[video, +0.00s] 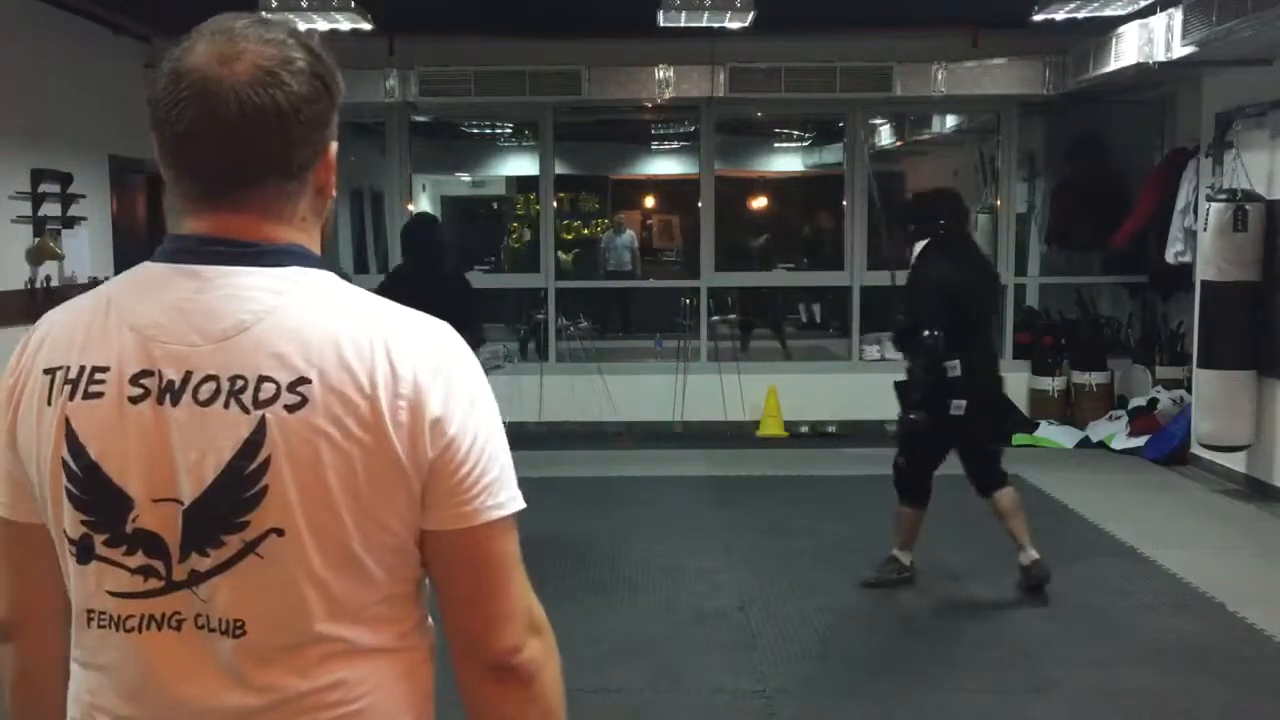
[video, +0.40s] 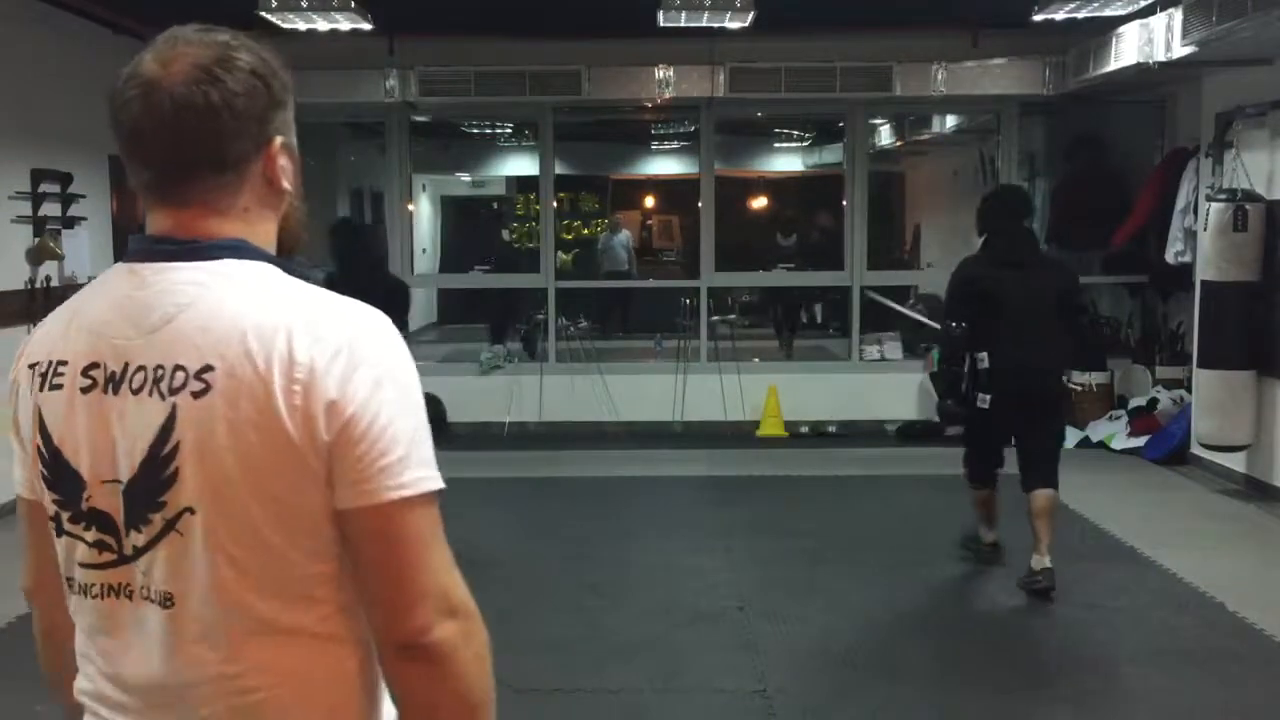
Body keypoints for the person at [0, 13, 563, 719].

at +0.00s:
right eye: (338, 153)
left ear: (165, 169)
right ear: (327, 171)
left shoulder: (45, 354)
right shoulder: (416, 360)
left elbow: (29, 634)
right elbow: (508, 656)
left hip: (114, 705)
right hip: (346, 703)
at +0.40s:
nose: (300, 172)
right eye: (299, 152)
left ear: (134, 180)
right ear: (278, 166)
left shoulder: (47, 348)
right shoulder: (341, 342)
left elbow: (51, 608)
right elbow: (425, 634)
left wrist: (87, 700)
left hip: (114, 706)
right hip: (307, 709)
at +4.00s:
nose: (474, 192)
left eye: (477, 183)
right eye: (478, 183)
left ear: (488, 190)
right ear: (532, 197)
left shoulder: (446, 256)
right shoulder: (558, 255)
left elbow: (403, 331)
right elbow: (536, 310)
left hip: (467, 433)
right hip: (539, 432)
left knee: (454, 547)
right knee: (527, 554)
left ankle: (469, 664)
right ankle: (522, 684)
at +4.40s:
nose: (447, 205)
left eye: (449, 198)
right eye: (454, 198)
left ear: (454, 204)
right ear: (500, 211)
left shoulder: (418, 266)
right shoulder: (528, 260)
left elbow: (386, 333)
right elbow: (524, 249)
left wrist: (420, 300)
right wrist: (485, 225)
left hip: (445, 427)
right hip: (513, 424)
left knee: (445, 533)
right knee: (515, 533)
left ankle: (452, 633)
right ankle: (518, 656)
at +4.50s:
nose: (433, 203)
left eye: (436, 197)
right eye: (443, 197)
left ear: (441, 202)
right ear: (486, 208)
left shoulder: (406, 262)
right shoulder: (516, 258)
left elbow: (378, 331)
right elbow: (529, 255)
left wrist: (413, 307)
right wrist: (482, 227)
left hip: (434, 424)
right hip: (502, 420)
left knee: (443, 529)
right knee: (515, 520)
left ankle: (452, 633)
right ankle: (515, 617)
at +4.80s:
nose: (429, 201)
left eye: (428, 193)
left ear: (428, 198)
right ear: (472, 206)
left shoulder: (390, 257)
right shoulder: (495, 256)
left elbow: (378, 325)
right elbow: (551, 305)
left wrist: (417, 308)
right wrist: (507, 291)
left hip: (426, 413)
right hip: (491, 409)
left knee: (437, 524)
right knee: (511, 508)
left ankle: (452, 632)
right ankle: (525, 611)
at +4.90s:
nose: (428, 204)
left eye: (428, 198)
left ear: (430, 202)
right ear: (473, 210)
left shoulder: (392, 257)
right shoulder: (494, 259)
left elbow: (381, 323)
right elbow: (553, 309)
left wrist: (422, 304)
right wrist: (504, 315)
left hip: (425, 414)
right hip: (490, 411)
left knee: (435, 526)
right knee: (508, 506)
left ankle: (452, 633)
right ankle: (526, 599)